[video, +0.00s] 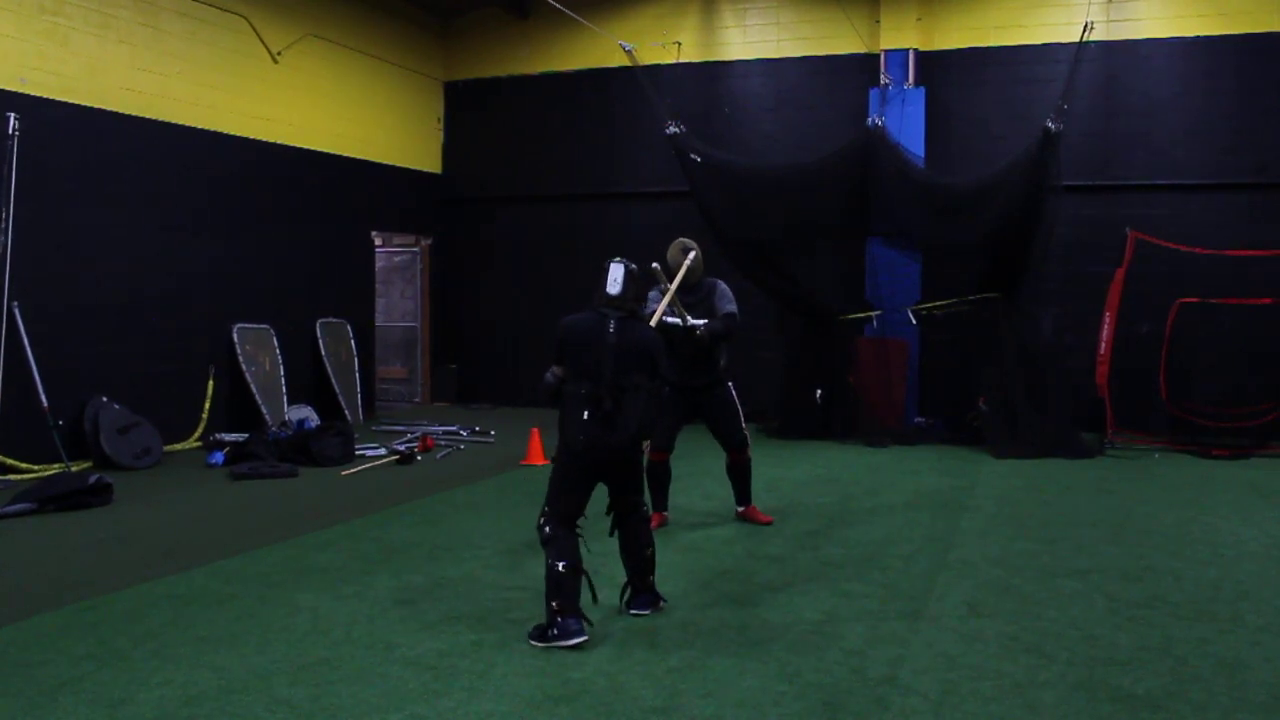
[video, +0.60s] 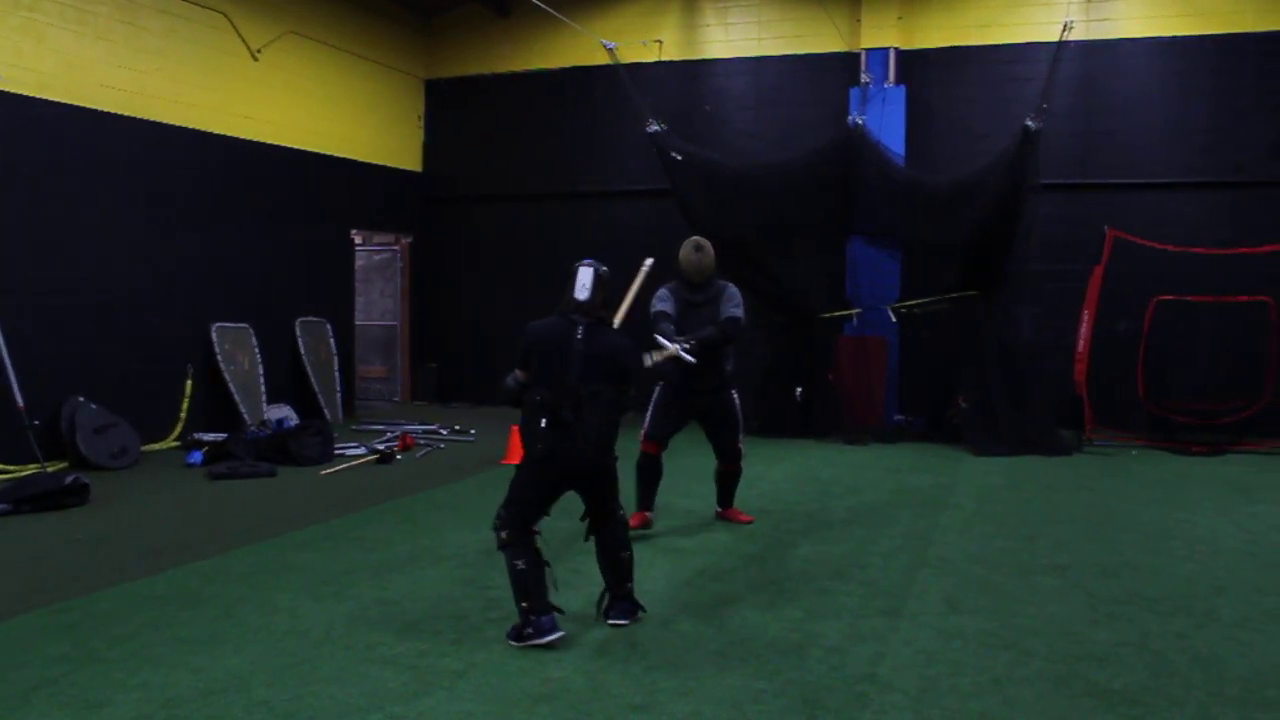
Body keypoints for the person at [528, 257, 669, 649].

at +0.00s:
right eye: (637, 294)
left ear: (599, 291)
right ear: (639, 297)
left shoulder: (574, 328)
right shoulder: (647, 338)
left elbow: (553, 381)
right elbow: (659, 393)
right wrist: (645, 432)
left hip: (579, 446)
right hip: (626, 446)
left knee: (557, 523)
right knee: (632, 512)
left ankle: (566, 618)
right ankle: (643, 593)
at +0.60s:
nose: (586, 300)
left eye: (579, 294)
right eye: (599, 296)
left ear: (567, 294)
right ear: (606, 300)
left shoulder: (540, 334)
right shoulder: (618, 343)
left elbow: (519, 384)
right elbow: (629, 397)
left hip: (546, 456)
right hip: (596, 456)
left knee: (512, 525)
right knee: (608, 520)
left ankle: (537, 617)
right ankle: (621, 602)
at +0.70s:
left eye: (552, 297)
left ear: (545, 299)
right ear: (584, 303)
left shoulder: (520, 340)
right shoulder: (596, 346)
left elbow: (498, 394)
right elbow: (608, 401)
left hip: (527, 461)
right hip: (578, 461)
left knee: (485, 528)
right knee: (586, 521)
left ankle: (495, 616)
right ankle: (605, 601)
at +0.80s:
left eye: (531, 304)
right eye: (558, 305)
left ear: (521, 307)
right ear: (562, 308)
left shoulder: (499, 353)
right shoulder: (579, 350)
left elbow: (496, 414)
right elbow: (591, 424)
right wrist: (568, 449)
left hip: (515, 471)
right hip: (566, 468)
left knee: (476, 544)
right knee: (574, 526)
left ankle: (456, 632)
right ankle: (597, 601)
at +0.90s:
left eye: (509, 307)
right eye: (534, 306)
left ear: (501, 313)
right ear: (541, 312)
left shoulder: (484, 361)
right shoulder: (564, 357)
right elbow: (591, 399)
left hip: (506, 480)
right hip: (557, 476)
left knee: (463, 552)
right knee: (571, 526)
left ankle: (452, 646)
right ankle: (600, 601)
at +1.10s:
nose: (496, 313)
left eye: (489, 306)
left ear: (479, 312)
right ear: (524, 310)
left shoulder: (461, 359)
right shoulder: (544, 357)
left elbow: (447, 421)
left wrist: (462, 477)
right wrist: (564, 342)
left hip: (481, 484)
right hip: (534, 481)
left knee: (432, 553)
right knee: (560, 529)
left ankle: (442, 642)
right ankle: (580, 609)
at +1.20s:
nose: (488, 316)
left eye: (484, 310)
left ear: (478, 316)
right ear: (522, 315)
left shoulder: (460, 364)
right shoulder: (543, 359)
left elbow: (419, 389)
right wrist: (581, 352)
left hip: (480, 489)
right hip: (533, 485)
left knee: (428, 555)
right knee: (557, 533)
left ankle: (444, 648)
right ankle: (580, 612)